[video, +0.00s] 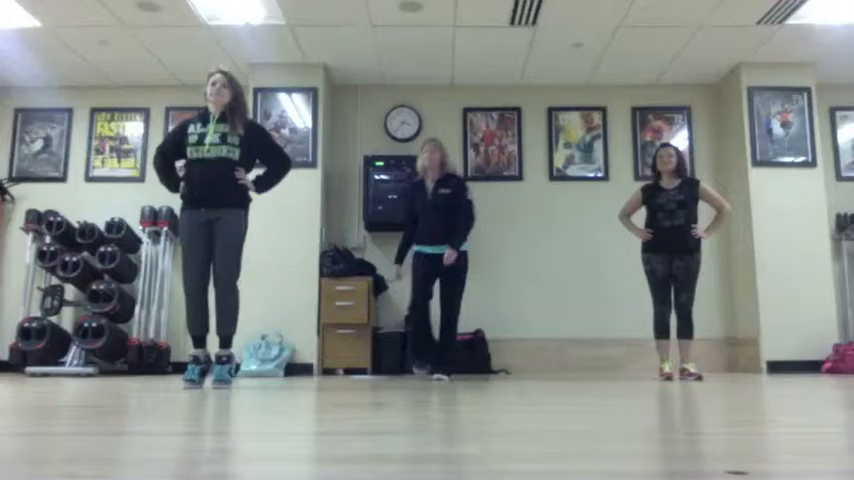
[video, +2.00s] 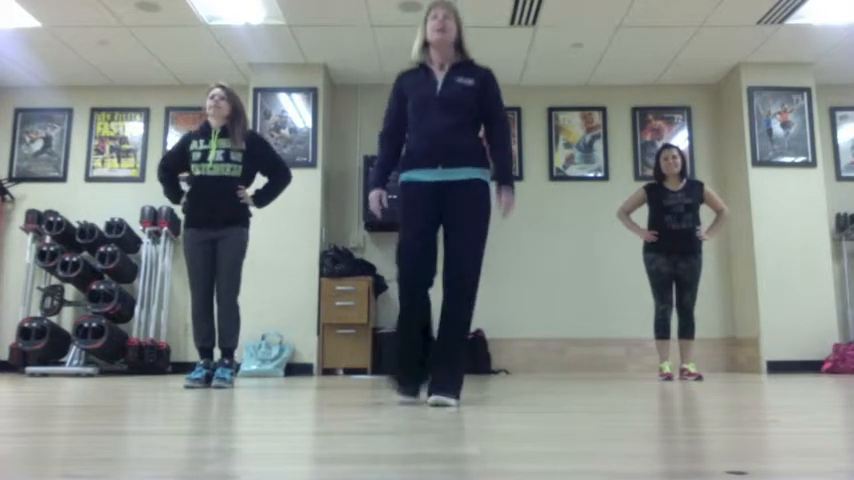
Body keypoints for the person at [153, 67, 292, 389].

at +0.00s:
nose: (216, 88)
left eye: (223, 85)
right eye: (212, 84)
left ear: (233, 94)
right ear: (205, 91)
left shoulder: (249, 130)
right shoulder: (189, 128)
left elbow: (282, 163)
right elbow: (161, 157)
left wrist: (257, 183)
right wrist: (175, 183)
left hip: (230, 211)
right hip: (193, 210)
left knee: (225, 281)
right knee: (193, 283)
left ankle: (225, 356)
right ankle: (198, 356)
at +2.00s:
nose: (214, 101)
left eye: (221, 98)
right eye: (211, 97)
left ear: (233, 107)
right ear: (204, 105)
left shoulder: (250, 141)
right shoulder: (193, 139)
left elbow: (283, 174)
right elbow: (165, 168)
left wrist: (257, 198)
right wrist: (178, 197)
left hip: (232, 227)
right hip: (197, 226)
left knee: (227, 294)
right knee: (200, 295)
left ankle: (226, 362)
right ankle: (205, 362)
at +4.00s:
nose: (214, 101)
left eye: (221, 98)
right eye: (210, 97)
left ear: (231, 107)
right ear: (203, 105)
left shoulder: (246, 143)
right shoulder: (188, 140)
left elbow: (281, 175)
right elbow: (159, 172)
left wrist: (257, 196)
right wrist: (175, 199)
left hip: (233, 227)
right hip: (196, 227)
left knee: (230, 296)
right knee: (201, 297)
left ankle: (227, 362)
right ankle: (205, 362)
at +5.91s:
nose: (234, 98)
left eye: (241, 94)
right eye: (229, 93)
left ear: (251, 104)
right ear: (221, 102)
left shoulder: (262, 141)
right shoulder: (206, 136)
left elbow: (277, 186)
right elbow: (188, 175)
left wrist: (291, 172)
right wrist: (174, 198)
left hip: (247, 230)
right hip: (209, 229)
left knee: (252, 297)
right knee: (198, 295)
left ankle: (262, 365)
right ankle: (189, 364)